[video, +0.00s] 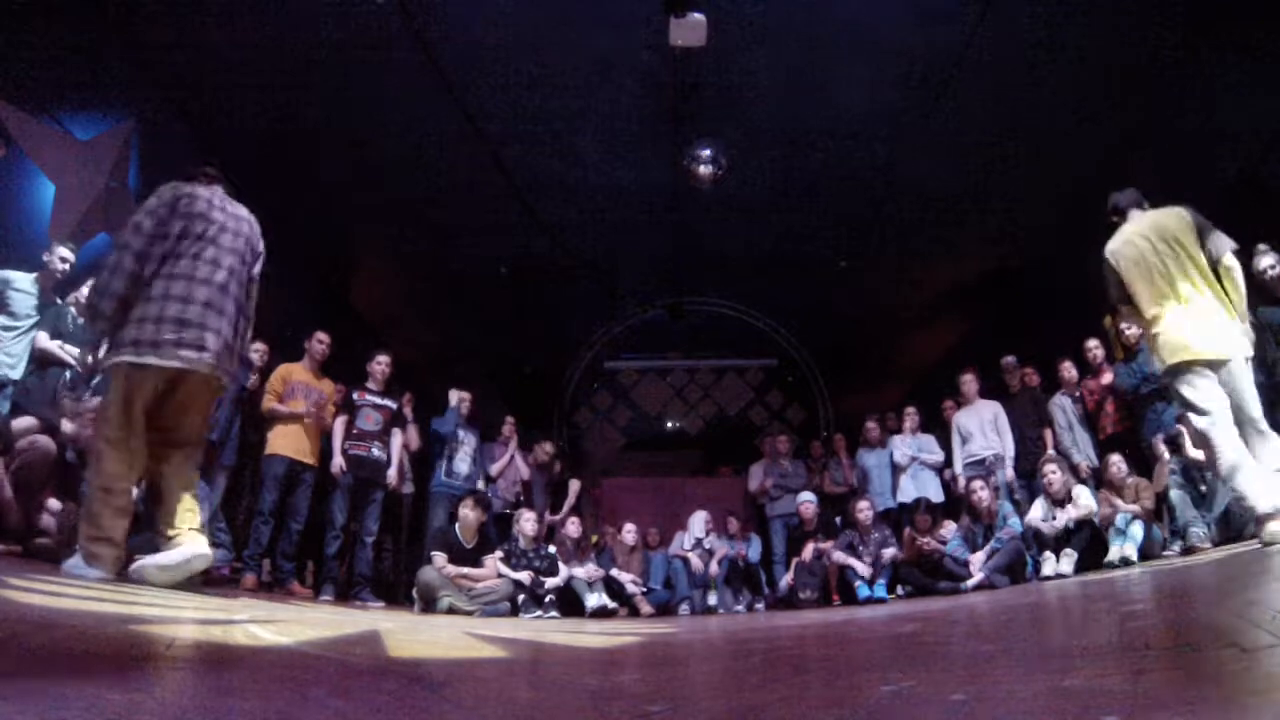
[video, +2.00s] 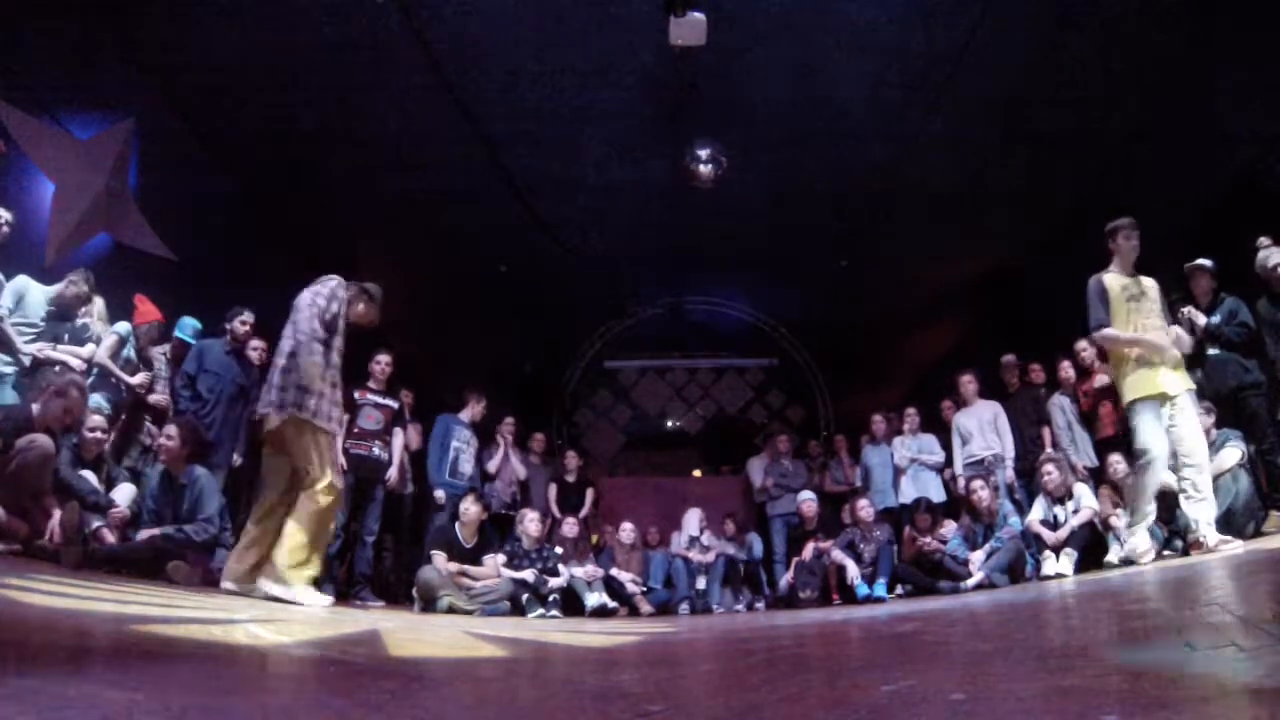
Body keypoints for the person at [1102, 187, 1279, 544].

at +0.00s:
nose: (1115, 225)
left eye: (1113, 221)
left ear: (1115, 217)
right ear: (1144, 204)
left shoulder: (1113, 250)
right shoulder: (1181, 215)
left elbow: (1123, 310)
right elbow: (1228, 260)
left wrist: (1152, 327)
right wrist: (1242, 317)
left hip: (1175, 342)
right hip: (1222, 329)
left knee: (1220, 432)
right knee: (1256, 424)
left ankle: (1265, 513)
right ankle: (1273, 507)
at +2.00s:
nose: (1135, 243)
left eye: (1136, 237)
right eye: (1128, 238)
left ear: (1138, 243)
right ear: (1113, 244)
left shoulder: (1151, 284)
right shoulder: (1101, 283)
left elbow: (1160, 326)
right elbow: (1099, 332)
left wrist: (1177, 336)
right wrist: (1148, 340)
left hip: (1173, 375)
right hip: (1139, 381)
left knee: (1194, 453)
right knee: (1153, 455)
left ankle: (1203, 532)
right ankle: (1138, 531)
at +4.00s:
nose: (1147, 228)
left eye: (1146, 220)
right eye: (1144, 223)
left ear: (1159, 207)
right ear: (1155, 215)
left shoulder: (1203, 218)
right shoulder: (1180, 261)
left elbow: (1248, 248)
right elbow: (1195, 314)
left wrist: (1235, 300)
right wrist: (1189, 362)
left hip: (1252, 342)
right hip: (1221, 356)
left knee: (1278, 420)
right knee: (1252, 438)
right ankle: (1275, 514)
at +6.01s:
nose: (1131, 232)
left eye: (1133, 224)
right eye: (1127, 228)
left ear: (1152, 216)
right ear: (1133, 232)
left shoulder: (1199, 239)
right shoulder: (1146, 276)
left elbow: (1235, 283)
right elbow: (1156, 321)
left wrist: (1254, 332)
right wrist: (1177, 353)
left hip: (1239, 346)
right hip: (1199, 361)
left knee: (1271, 438)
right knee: (1216, 450)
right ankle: (1228, 528)